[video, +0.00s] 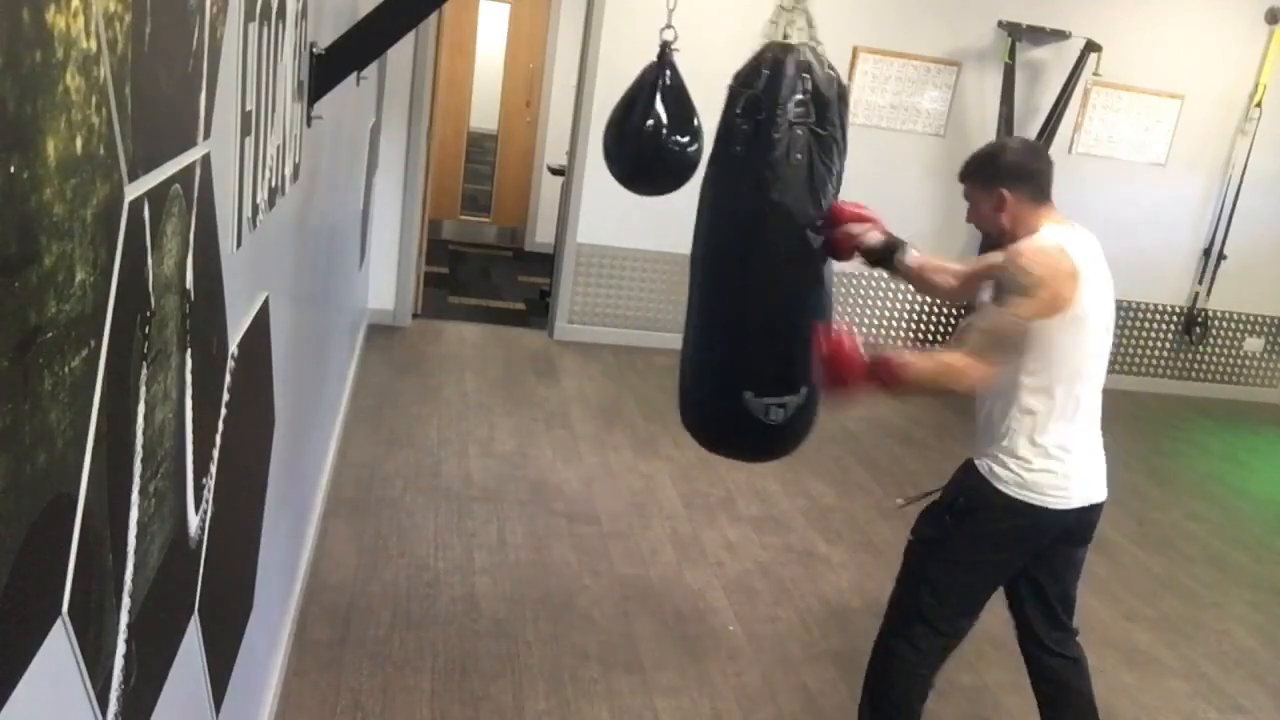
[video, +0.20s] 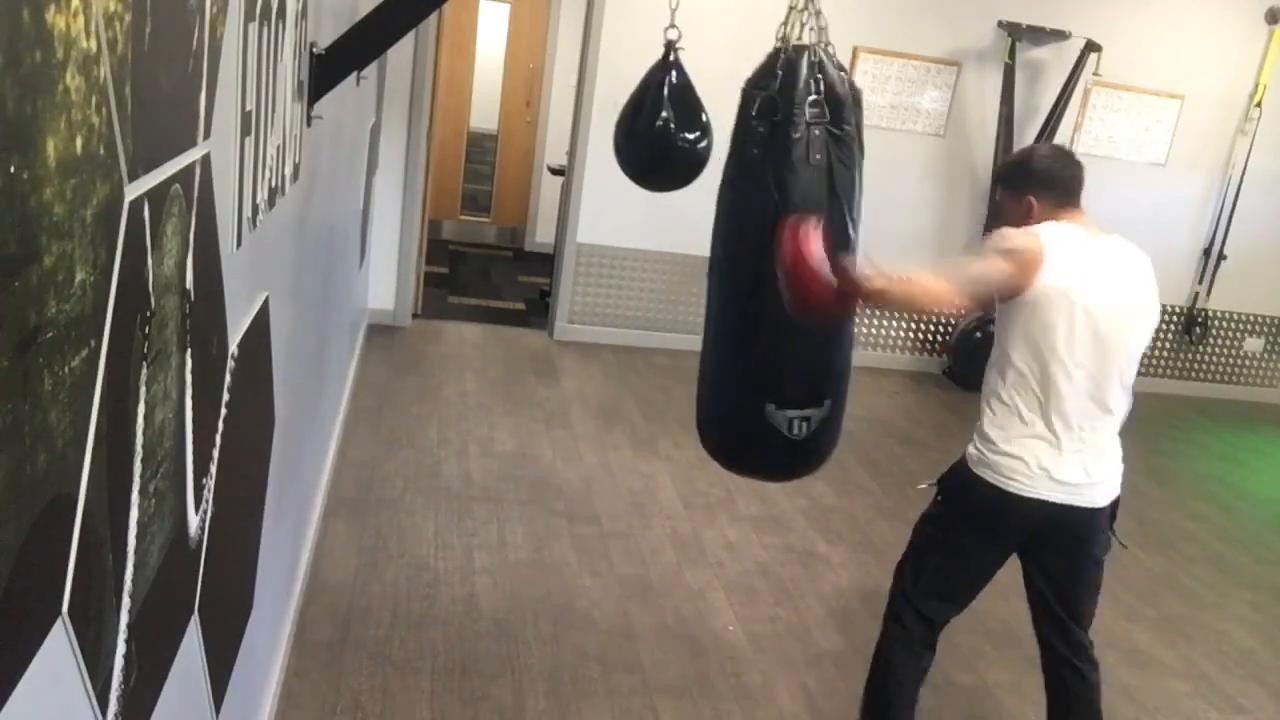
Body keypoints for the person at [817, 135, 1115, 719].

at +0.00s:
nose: (969, 216)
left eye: (972, 202)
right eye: (968, 203)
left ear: (1006, 199)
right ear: (1028, 196)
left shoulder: (1033, 261)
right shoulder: (1077, 247)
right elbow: (959, 280)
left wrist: (868, 366)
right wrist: (885, 250)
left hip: (1009, 491)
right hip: (1075, 496)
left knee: (912, 640)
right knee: (1052, 641)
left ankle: (885, 712)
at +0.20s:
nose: (999, 221)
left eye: (1003, 208)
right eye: (998, 209)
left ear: (1030, 203)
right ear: (1073, 200)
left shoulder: (1030, 249)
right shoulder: (1137, 268)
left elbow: (949, 294)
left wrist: (860, 282)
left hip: (999, 487)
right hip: (1086, 504)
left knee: (914, 618)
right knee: (1070, 645)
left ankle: (886, 709)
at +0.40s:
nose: (990, 212)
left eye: (993, 202)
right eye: (988, 201)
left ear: (1020, 204)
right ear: (1065, 192)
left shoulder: (1036, 265)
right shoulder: (1116, 257)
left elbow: (997, 383)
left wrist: (927, 373)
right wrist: (1006, 250)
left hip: (1015, 488)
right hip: (1090, 494)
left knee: (931, 639)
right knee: (1074, 642)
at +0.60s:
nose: (1010, 216)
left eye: (1012, 205)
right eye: (1010, 203)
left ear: (1031, 214)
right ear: (1087, 198)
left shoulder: (1013, 291)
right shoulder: (1144, 278)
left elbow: (956, 391)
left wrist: (878, 394)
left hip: (996, 489)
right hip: (1088, 503)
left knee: (933, 622)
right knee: (1087, 650)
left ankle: (907, 711)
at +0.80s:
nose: (1039, 228)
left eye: (1044, 210)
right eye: (1041, 210)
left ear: (1069, 208)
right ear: (1114, 199)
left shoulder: (1044, 287)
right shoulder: (1183, 284)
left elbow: (979, 399)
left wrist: (897, 382)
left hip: (1021, 504)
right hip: (1113, 519)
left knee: (941, 637)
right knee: (1102, 658)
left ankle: (909, 710)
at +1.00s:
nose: (1067, 224)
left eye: (1069, 208)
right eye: (1064, 210)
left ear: (1104, 205)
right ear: (1140, 196)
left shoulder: (1102, 288)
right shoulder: (1212, 278)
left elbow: (1070, 425)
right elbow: (1153, 354)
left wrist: (982, 406)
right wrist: (1084, 292)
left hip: (1051, 510)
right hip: (1135, 522)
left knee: (948, 649)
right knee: (1114, 683)